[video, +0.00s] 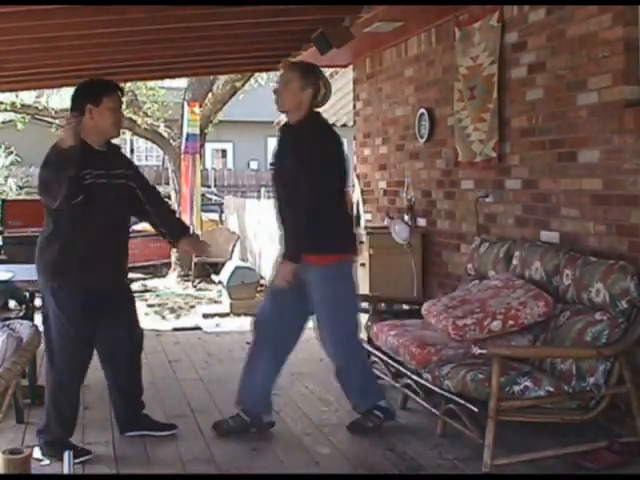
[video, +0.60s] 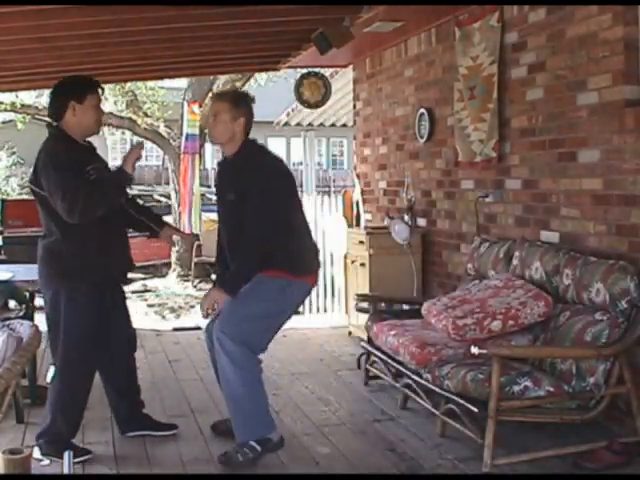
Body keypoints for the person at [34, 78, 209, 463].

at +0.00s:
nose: (121, 118)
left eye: (121, 110)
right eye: (115, 110)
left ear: (100, 114)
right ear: (89, 112)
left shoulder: (120, 163)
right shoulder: (60, 157)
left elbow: (150, 203)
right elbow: (54, 195)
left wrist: (183, 236)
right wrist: (69, 148)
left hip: (110, 274)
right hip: (66, 276)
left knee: (124, 347)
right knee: (68, 361)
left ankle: (131, 419)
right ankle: (54, 441)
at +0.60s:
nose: (102, 112)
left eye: (101, 104)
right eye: (96, 104)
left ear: (75, 109)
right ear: (74, 108)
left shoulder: (86, 153)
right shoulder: (54, 154)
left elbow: (117, 204)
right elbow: (77, 208)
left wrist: (160, 227)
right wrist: (123, 173)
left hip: (101, 273)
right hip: (71, 277)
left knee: (119, 348)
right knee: (74, 360)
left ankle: (131, 419)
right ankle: (54, 441)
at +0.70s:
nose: (103, 112)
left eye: (101, 104)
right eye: (97, 104)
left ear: (75, 109)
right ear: (74, 108)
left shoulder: (87, 154)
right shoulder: (54, 155)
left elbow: (119, 204)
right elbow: (77, 210)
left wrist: (161, 227)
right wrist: (127, 179)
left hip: (101, 273)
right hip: (71, 277)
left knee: (119, 348)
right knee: (74, 360)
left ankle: (131, 419)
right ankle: (53, 441)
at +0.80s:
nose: (104, 113)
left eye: (103, 105)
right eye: (98, 105)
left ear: (77, 110)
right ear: (75, 109)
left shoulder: (89, 155)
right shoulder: (55, 157)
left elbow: (119, 205)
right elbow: (80, 211)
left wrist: (162, 227)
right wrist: (130, 181)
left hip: (104, 274)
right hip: (72, 278)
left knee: (121, 348)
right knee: (74, 361)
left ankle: (132, 419)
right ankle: (54, 441)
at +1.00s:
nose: (108, 115)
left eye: (107, 107)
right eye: (103, 107)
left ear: (81, 111)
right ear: (79, 110)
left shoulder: (91, 154)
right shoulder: (61, 155)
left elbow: (120, 206)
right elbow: (87, 211)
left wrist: (163, 228)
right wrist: (139, 184)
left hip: (104, 274)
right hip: (74, 278)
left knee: (123, 347)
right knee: (75, 361)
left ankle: (132, 420)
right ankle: (54, 441)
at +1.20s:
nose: (113, 114)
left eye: (111, 106)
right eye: (107, 106)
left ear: (84, 111)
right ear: (83, 110)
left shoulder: (94, 155)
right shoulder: (66, 155)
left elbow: (122, 207)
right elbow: (94, 212)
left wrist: (166, 231)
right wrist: (149, 184)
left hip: (105, 276)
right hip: (75, 279)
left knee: (123, 348)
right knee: (75, 362)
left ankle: (132, 420)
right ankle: (53, 441)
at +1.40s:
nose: (114, 113)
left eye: (112, 106)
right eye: (108, 106)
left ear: (85, 111)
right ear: (84, 110)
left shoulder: (95, 154)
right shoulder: (68, 155)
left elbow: (123, 208)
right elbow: (105, 208)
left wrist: (168, 230)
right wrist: (158, 179)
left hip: (107, 274)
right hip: (77, 277)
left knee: (125, 346)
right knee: (77, 361)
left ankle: (132, 420)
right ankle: (53, 442)